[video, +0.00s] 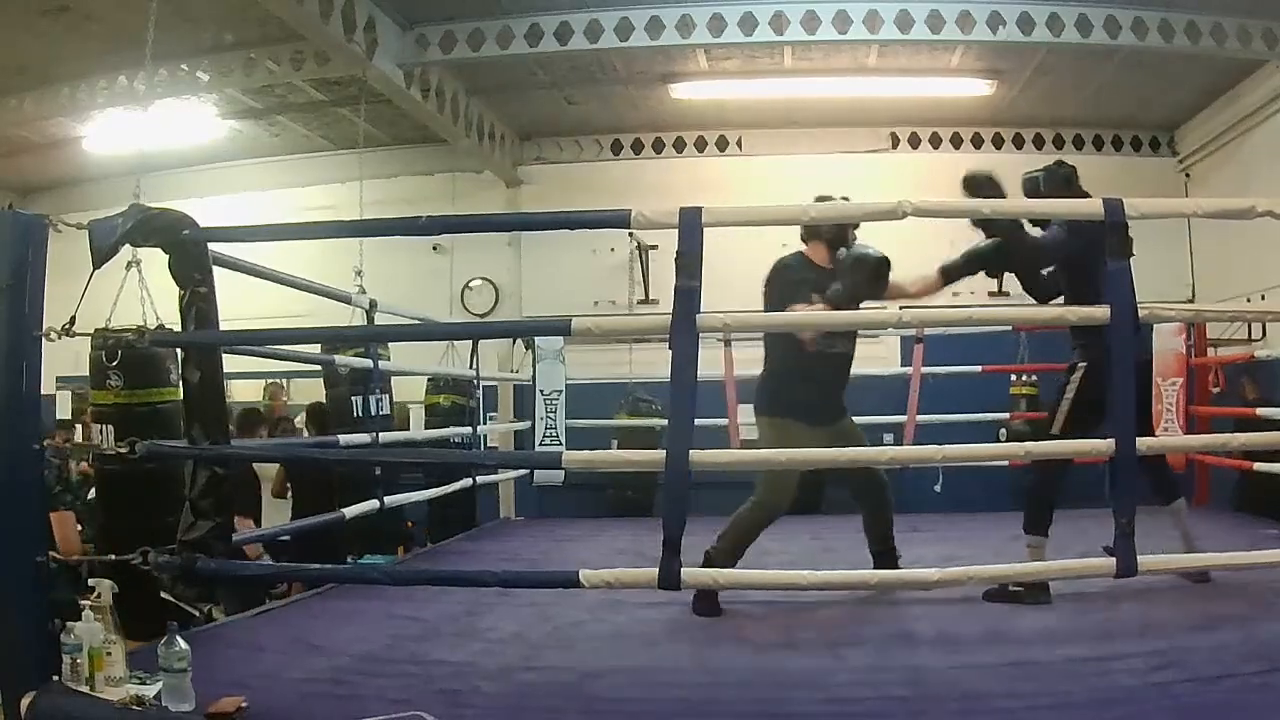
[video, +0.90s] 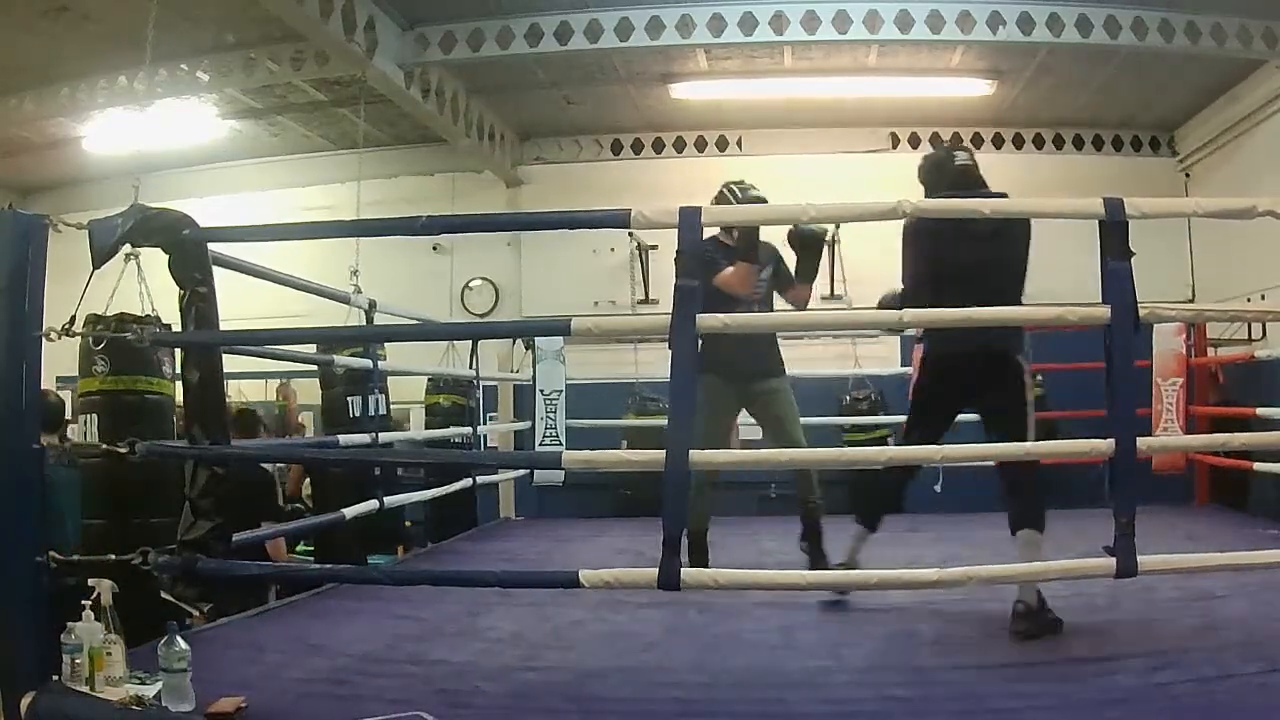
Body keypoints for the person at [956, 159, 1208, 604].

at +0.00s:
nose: (1035, 212)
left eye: (1038, 202)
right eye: (1034, 204)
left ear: (1056, 194)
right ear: (1074, 188)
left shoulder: (1079, 224)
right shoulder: (1098, 228)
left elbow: (1034, 250)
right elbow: (1043, 290)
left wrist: (1002, 221)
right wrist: (1011, 259)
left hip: (1097, 356)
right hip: (1132, 353)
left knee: (1048, 453)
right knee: (1145, 448)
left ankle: (1033, 573)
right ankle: (1193, 551)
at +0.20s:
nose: (1053, 219)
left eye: (1057, 212)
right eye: (1054, 212)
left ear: (1070, 209)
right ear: (1102, 207)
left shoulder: (1073, 240)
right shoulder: (1135, 250)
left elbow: (1027, 272)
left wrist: (962, 274)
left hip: (1083, 379)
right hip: (1135, 379)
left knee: (1027, 459)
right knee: (1162, 459)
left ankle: (1020, 576)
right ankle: (1219, 556)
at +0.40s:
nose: (1029, 215)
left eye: (1032, 208)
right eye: (1030, 209)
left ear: (1044, 205)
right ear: (1083, 197)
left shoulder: (1041, 240)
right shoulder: (1116, 236)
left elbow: (986, 278)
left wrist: (938, 309)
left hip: (1070, 378)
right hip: (1126, 375)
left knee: (1018, 458)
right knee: (1159, 453)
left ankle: (1008, 565)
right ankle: (1201, 552)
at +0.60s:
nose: (1001, 206)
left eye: (1003, 200)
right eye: (1004, 201)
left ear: (1011, 200)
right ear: (1057, 196)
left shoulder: (999, 233)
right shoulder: (1091, 232)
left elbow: (929, 251)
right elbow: (1127, 243)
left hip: (1035, 382)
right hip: (1096, 379)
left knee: (986, 469)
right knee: (1145, 461)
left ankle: (935, 572)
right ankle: (1198, 569)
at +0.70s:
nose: (973, 200)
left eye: (974, 192)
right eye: (975, 192)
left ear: (984, 193)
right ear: (1027, 185)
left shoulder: (965, 226)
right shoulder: (1061, 224)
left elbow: (892, 242)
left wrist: (856, 226)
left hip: (1000, 367)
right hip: (1059, 362)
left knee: (971, 465)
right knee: (1114, 454)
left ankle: (933, 579)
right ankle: (1163, 567)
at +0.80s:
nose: (943, 188)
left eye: (945, 180)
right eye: (943, 181)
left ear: (955, 176)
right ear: (993, 170)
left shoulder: (947, 207)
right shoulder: (1036, 209)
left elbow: (899, 275)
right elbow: (1045, 284)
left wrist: (883, 260)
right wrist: (1006, 298)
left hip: (968, 352)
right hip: (1030, 350)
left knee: (937, 449)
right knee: (1066, 451)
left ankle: (907, 563)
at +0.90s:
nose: (920, 192)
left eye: (922, 184)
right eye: (922, 184)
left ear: (932, 183)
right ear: (974, 173)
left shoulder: (922, 223)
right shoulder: (1013, 216)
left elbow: (917, 296)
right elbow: (1010, 290)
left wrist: (894, 299)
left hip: (943, 362)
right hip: (1000, 361)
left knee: (905, 459)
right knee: (1021, 472)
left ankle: (847, 562)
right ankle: (1029, 599)